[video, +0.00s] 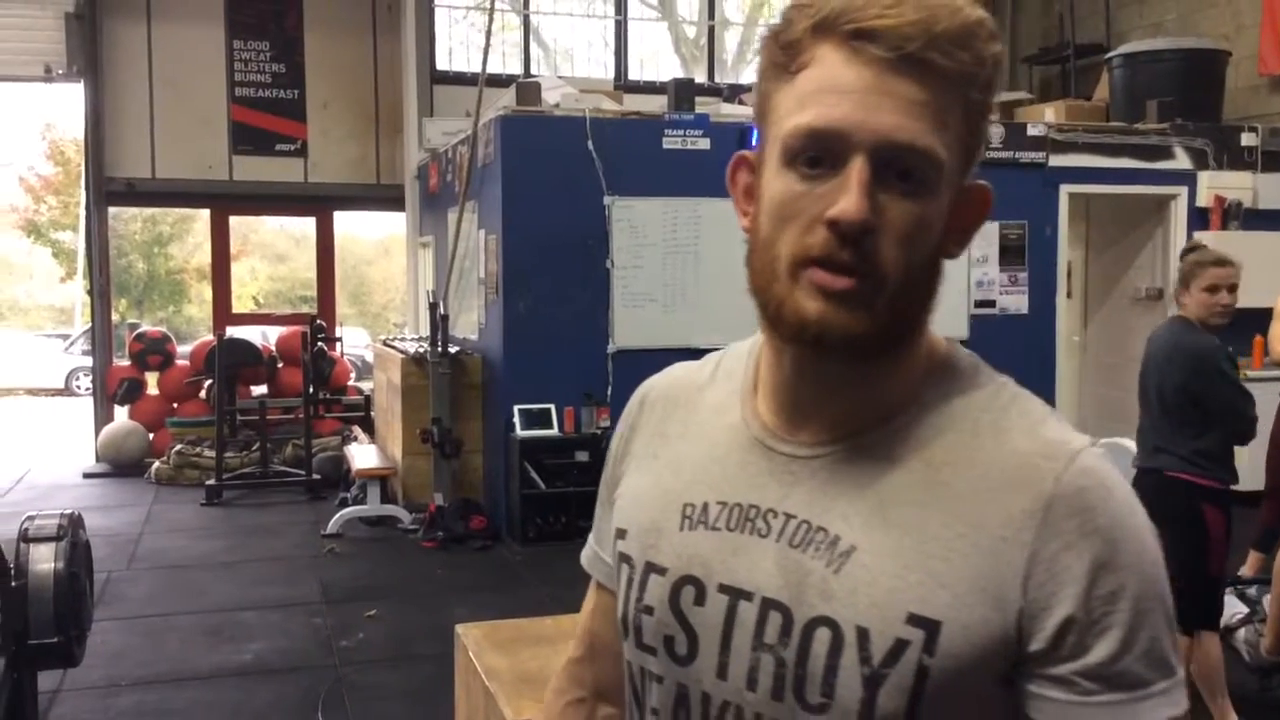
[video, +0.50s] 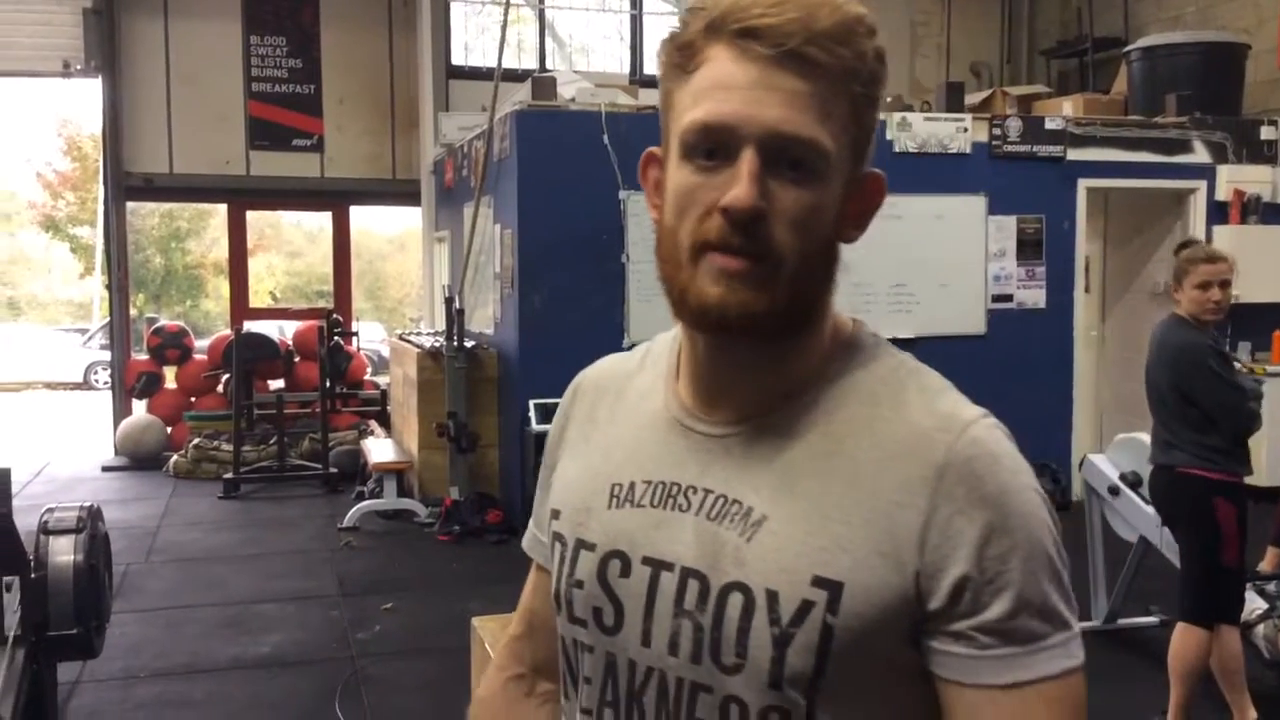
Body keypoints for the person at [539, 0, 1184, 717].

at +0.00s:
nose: (852, 210)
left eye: (901, 174)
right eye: (816, 159)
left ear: (960, 221)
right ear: (748, 192)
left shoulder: (1063, 504)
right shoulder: (659, 417)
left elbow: (1133, 704)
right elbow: (592, 686)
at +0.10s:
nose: (827, 210)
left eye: (877, 175)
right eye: (792, 161)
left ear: (937, 221)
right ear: (727, 194)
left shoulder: (1042, 506)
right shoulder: (645, 416)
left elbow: (1106, 701)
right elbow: (574, 685)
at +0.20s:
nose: (801, 210)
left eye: (852, 174)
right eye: (768, 161)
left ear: (914, 220)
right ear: (706, 191)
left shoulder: (1015, 494)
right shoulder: (628, 414)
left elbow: (1084, 703)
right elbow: (558, 680)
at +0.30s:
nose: (778, 204)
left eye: (828, 169)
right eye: (745, 156)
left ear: (890, 217)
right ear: (686, 187)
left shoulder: (991, 485)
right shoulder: (614, 410)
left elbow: (1063, 701)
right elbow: (545, 684)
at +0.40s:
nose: (756, 200)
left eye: (806, 166)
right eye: (724, 154)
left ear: (868, 213)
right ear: (668, 183)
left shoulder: (971, 478)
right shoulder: (604, 405)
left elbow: (1044, 694)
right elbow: (534, 680)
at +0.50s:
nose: (742, 198)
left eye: (792, 164)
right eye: (710, 152)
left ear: (856, 208)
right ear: (656, 183)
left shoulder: (958, 469)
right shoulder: (596, 402)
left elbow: (1033, 692)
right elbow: (527, 677)